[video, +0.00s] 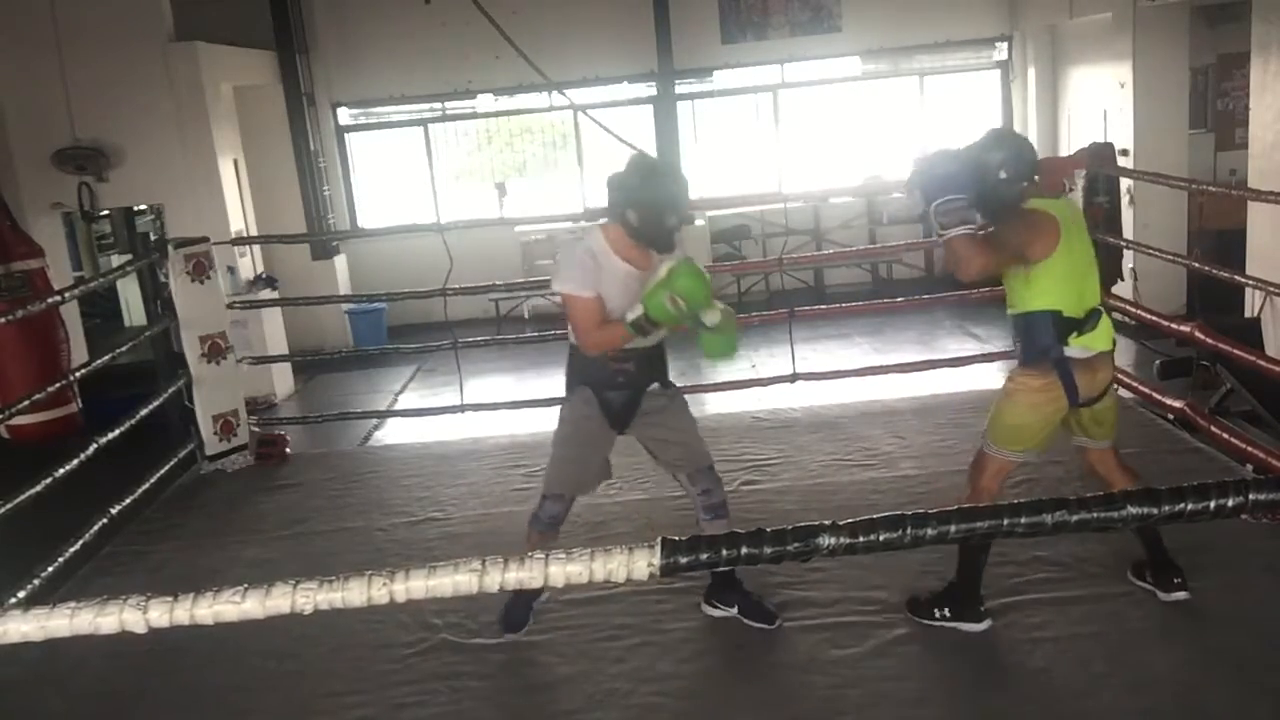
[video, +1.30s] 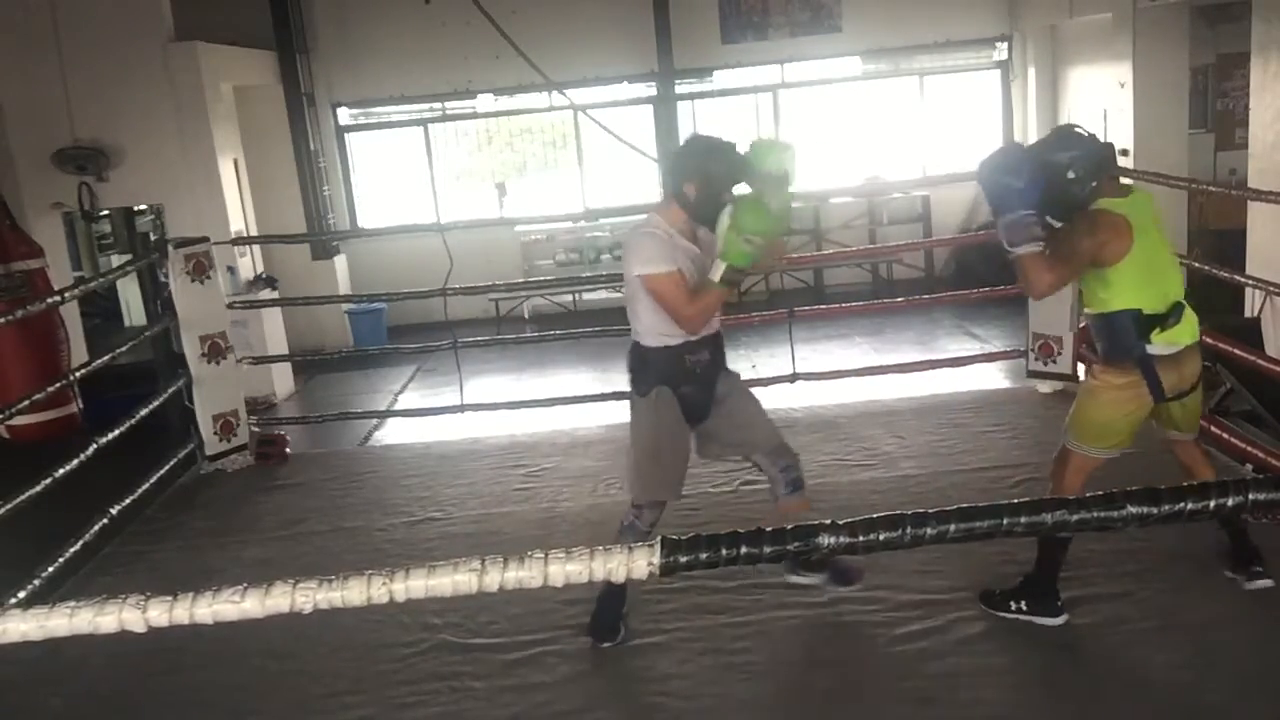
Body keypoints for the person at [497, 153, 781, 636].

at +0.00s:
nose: (679, 225)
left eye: (680, 213)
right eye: (670, 214)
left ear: (671, 210)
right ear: (635, 211)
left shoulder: (669, 256)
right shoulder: (582, 256)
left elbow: (687, 317)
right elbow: (589, 340)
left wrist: (710, 321)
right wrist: (651, 317)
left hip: (652, 388)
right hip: (592, 391)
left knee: (707, 486)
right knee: (555, 503)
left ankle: (724, 585)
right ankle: (527, 584)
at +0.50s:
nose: (673, 204)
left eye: (673, 194)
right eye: (667, 193)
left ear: (634, 193)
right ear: (637, 192)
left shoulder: (631, 241)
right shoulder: (595, 244)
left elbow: (649, 302)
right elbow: (659, 311)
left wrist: (683, 254)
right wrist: (705, 268)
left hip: (646, 381)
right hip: (604, 389)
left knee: (707, 475)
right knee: (586, 513)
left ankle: (753, 562)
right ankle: (541, 595)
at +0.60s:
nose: (688, 209)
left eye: (688, 199)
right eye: (681, 199)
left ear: (653, 198)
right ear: (655, 198)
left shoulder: (645, 239)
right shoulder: (634, 246)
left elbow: (683, 290)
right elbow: (717, 289)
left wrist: (714, 252)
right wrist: (746, 238)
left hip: (660, 388)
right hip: (625, 393)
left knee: (721, 481)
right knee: (603, 520)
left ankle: (760, 566)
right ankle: (544, 594)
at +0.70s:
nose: (718, 206)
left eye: (719, 197)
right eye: (715, 196)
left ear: (669, 191)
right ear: (694, 193)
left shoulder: (641, 234)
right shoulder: (679, 237)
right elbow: (771, 252)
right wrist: (807, 212)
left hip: (674, 387)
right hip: (648, 389)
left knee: (734, 479)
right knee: (620, 510)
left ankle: (762, 567)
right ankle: (548, 587)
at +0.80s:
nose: (732, 199)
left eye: (733, 190)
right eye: (729, 188)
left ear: (685, 183)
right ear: (709, 186)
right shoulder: (695, 226)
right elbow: (784, 244)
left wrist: (815, 220)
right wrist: (832, 201)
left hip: (680, 377)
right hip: (654, 380)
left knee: (730, 471)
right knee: (626, 500)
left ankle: (761, 566)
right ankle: (552, 588)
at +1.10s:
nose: (735, 195)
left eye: (737, 185)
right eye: (730, 184)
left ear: (711, 184)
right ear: (704, 180)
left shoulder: (704, 225)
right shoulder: (672, 222)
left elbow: (728, 288)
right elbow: (725, 295)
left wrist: (761, 238)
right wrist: (765, 249)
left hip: (691, 368)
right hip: (650, 371)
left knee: (742, 472)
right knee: (658, 496)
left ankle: (761, 566)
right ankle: (617, 596)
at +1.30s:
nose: (727, 199)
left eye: (729, 189)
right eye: (721, 188)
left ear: (700, 188)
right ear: (690, 185)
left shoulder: (704, 238)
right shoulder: (647, 243)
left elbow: (766, 257)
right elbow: (691, 317)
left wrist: (772, 194)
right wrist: (733, 267)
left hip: (710, 372)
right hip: (660, 382)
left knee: (783, 464)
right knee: (649, 503)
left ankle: (805, 555)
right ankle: (612, 599)